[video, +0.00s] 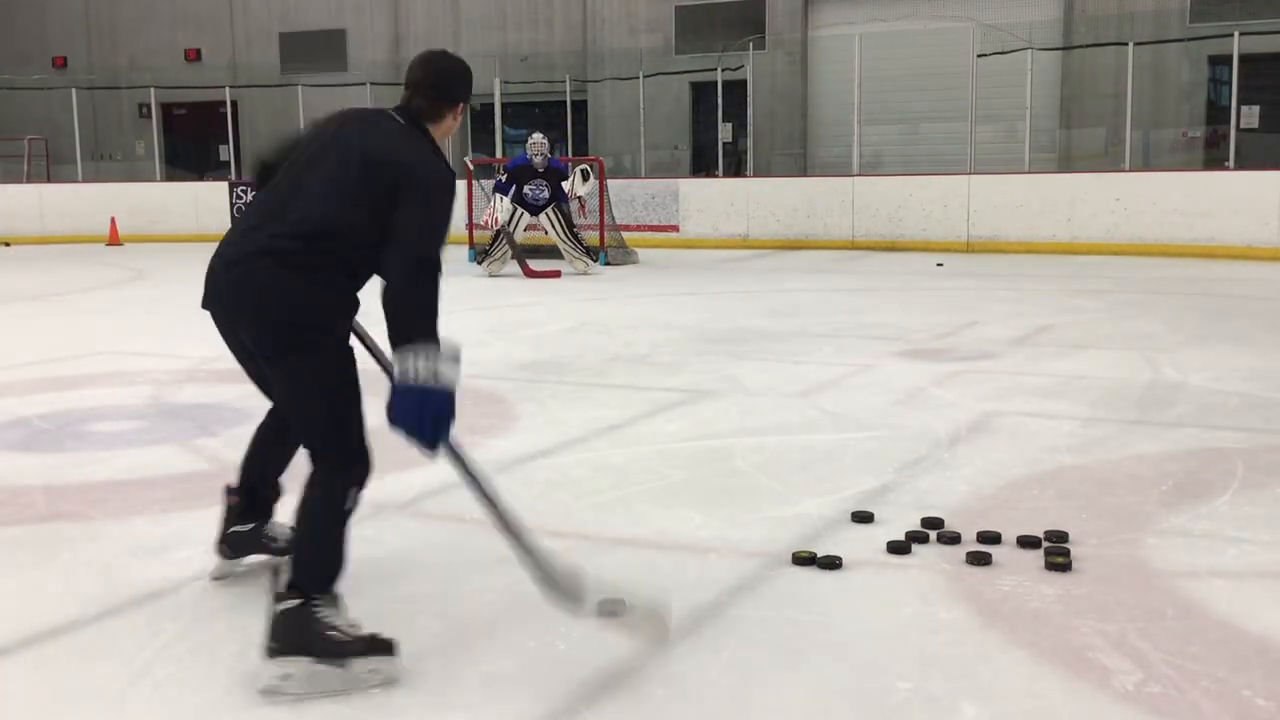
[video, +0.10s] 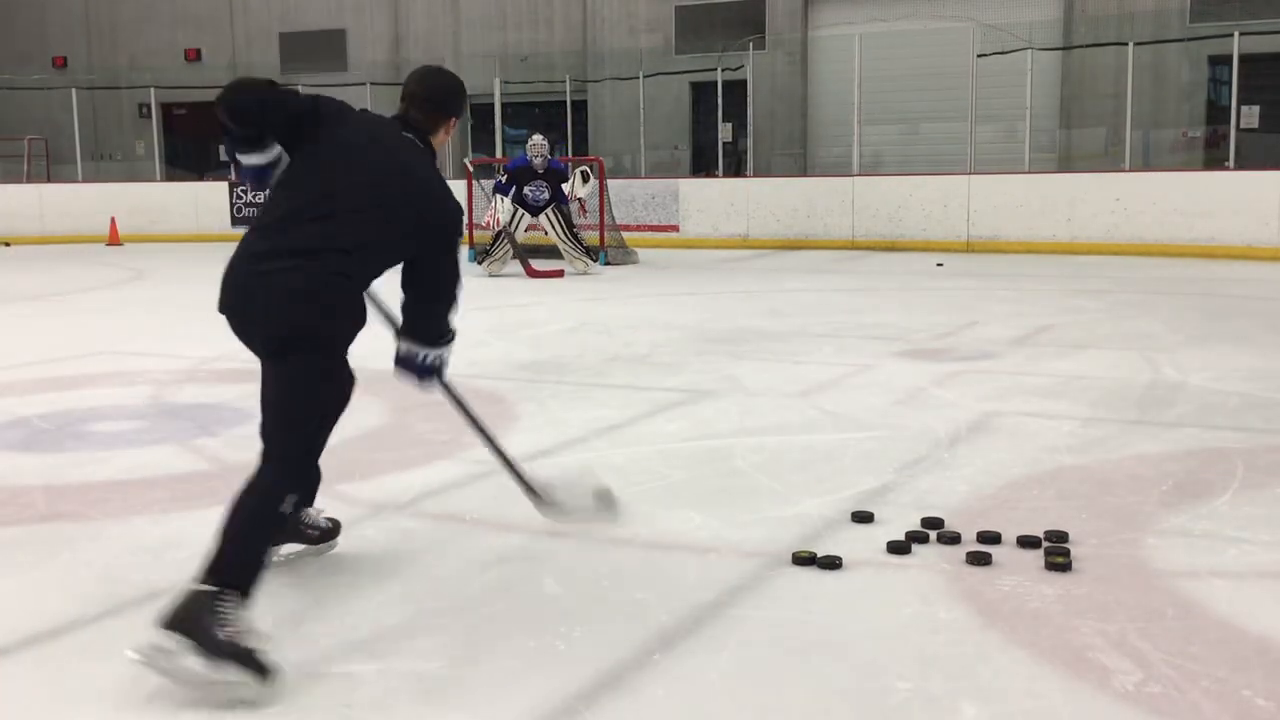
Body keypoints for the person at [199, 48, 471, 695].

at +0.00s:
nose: (461, 122)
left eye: (457, 111)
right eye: (463, 112)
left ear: (407, 94)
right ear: (455, 112)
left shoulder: (351, 125)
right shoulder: (428, 171)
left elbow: (273, 173)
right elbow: (411, 276)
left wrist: (322, 276)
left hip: (232, 286)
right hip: (297, 302)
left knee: (297, 406)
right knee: (342, 461)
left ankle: (243, 524)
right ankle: (305, 609)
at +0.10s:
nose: (455, 137)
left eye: (454, 126)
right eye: (456, 127)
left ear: (401, 103)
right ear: (447, 125)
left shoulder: (335, 120)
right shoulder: (434, 201)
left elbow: (242, 98)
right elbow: (431, 293)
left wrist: (257, 156)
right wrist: (423, 348)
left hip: (245, 288)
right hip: (309, 315)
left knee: (328, 387)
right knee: (288, 460)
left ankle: (285, 507)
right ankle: (213, 600)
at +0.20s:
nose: (456, 130)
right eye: (458, 123)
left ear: (401, 107)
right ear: (451, 124)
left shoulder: (346, 128)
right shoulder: (443, 195)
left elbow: (246, 125)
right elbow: (417, 256)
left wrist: (230, 136)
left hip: (262, 293)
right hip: (325, 320)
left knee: (356, 381)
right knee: (259, 457)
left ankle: (301, 503)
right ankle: (161, 575)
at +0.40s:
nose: (476, 108)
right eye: (479, 101)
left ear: (426, 87)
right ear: (475, 104)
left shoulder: (373, 115)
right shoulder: (472, 165)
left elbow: (289, 133)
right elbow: (444, 242)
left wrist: (219, 185)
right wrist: (397, 234)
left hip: (301, 271)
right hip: (358, 294)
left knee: (388, 374)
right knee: (335, 441)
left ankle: (335, 496)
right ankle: (241, 550)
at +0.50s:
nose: (489, 94)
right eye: (493, 86)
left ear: (438, 74)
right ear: (488, 88)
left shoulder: (383, 107)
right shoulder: (484, 151)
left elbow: (300, 135)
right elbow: (477, 235)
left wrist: (237, 200)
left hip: (317, 263)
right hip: (374, 284)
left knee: (395, 380)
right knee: (396, 423)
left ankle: (350, 487)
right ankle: (311, 536)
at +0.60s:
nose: (509, 77)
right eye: (511, 70)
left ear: (457, 60)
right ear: (508, 73)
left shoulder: (397, 98)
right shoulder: (501, 141)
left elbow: (312, 132)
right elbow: (503, 233)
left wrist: (273, 202)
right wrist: (517, 301)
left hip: (333, 262)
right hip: (393, 279)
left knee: (401, 378)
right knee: (445, 411)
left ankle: (360, 490)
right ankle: (382, 536)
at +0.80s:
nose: (555, 57)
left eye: (554, 47)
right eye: (557, 49)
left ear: (499, 37)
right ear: (548, 51)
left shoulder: (438, 78)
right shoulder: (541, 119)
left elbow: (354, 125)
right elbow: (543, 221)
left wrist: (355, 203)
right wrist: (572, 306)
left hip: (382, 255)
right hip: (445, 267)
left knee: (409, 378)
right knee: (509, 398)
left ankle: (365, 491)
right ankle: (489, 540)